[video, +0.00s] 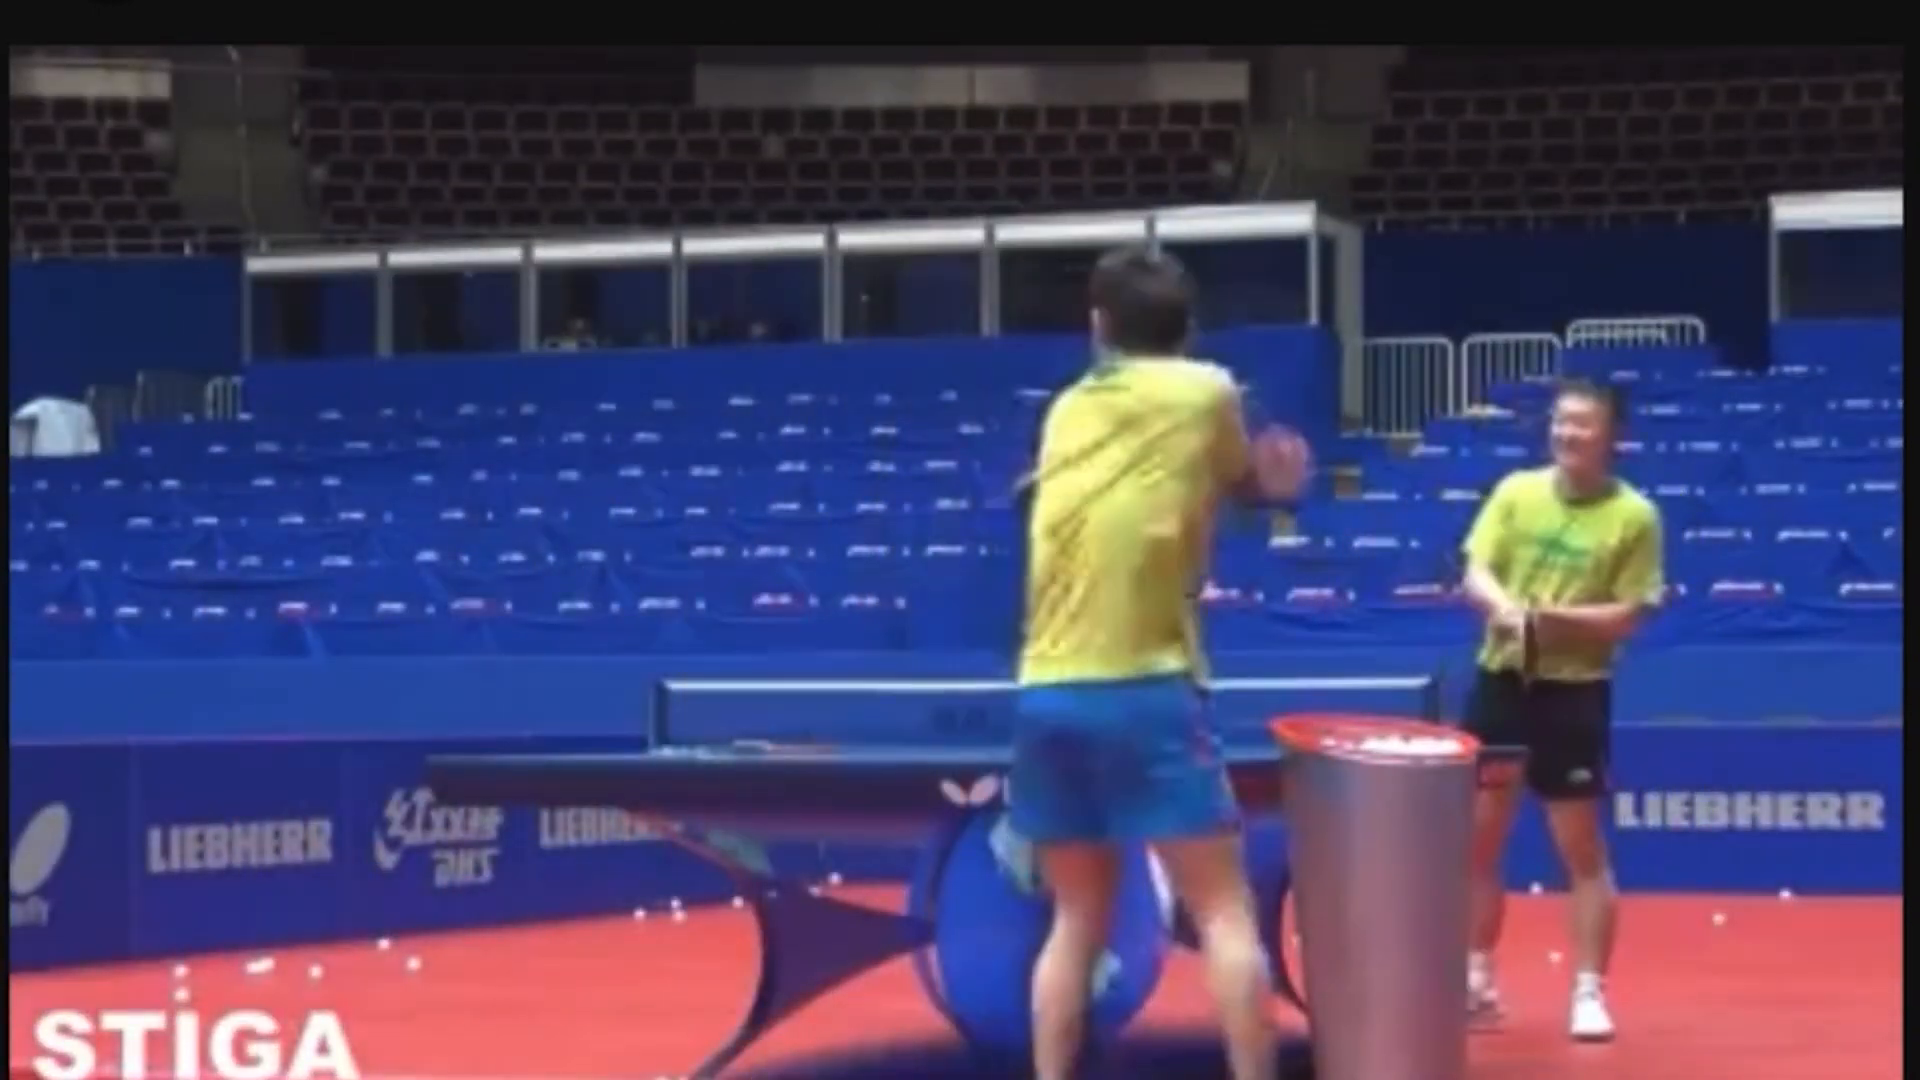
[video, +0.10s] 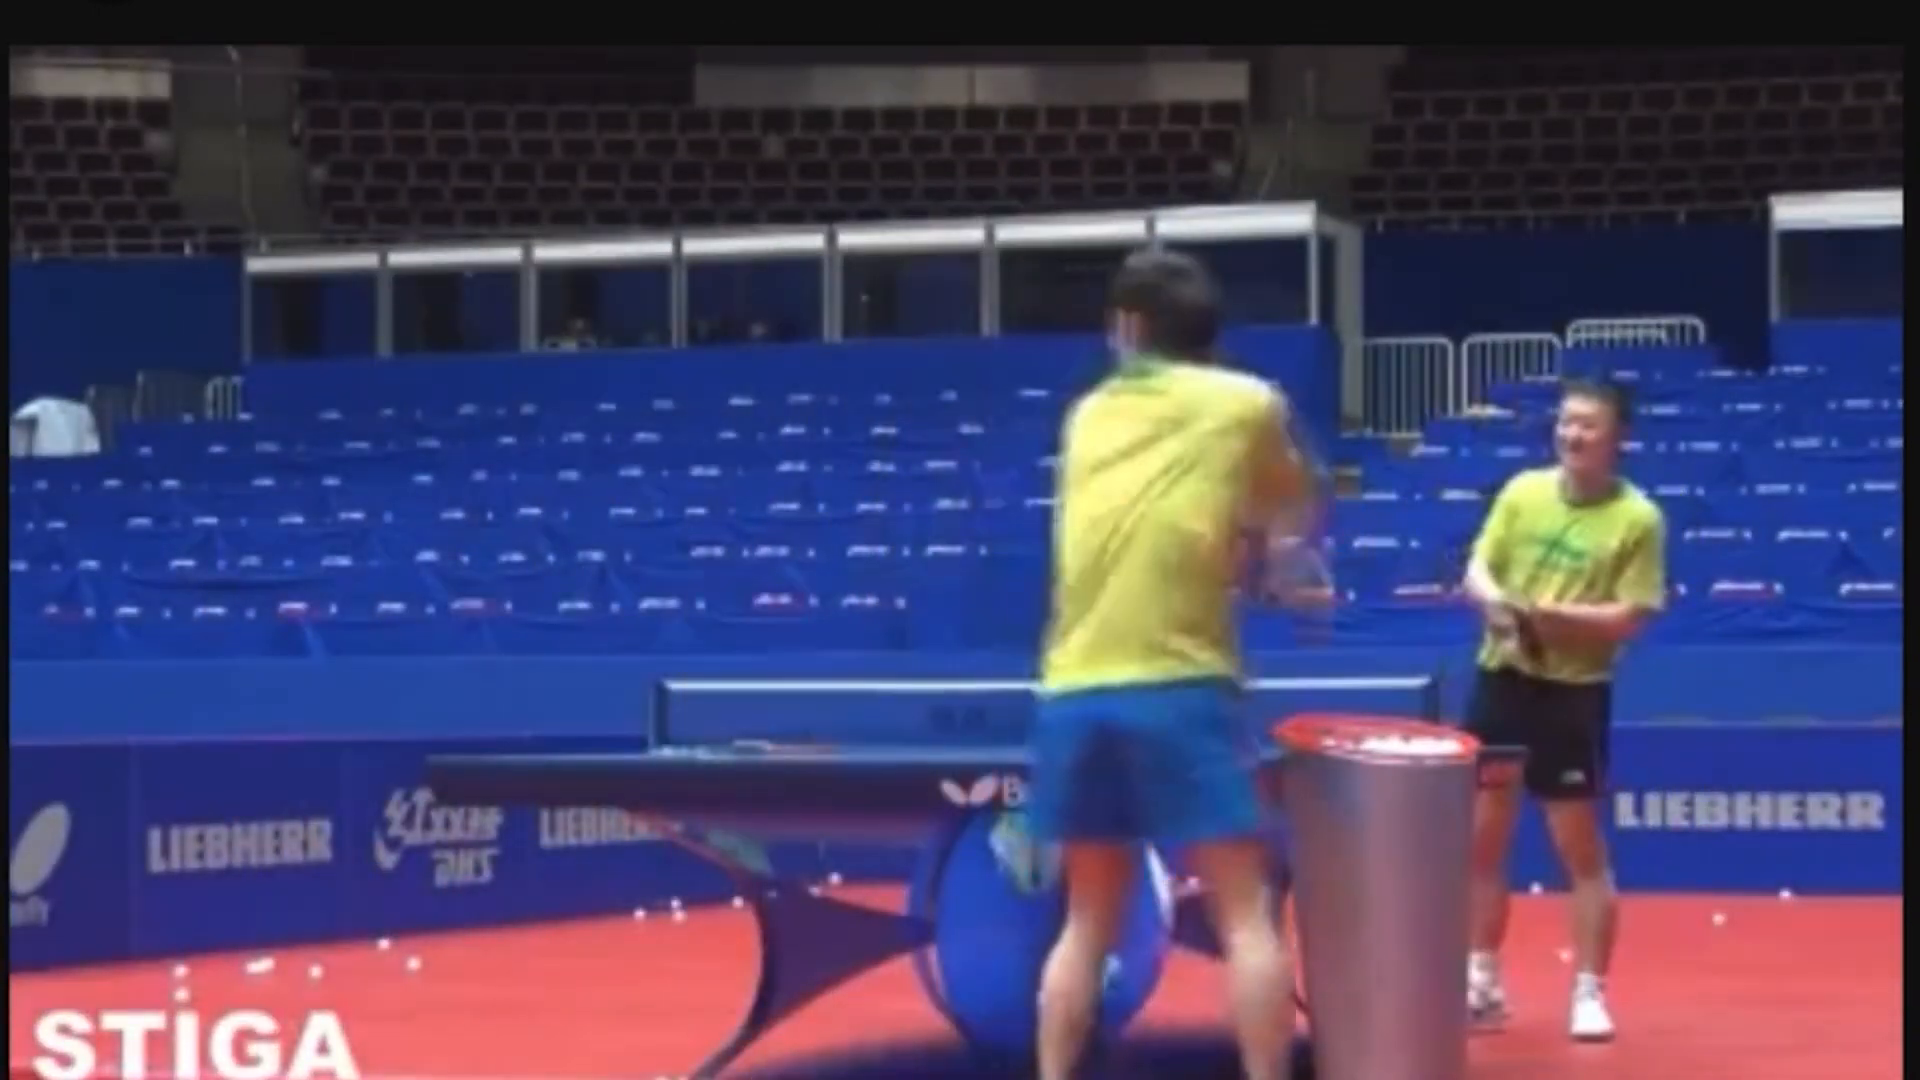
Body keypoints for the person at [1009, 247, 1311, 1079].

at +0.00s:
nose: (1090, 324)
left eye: (1091, 314)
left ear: (1100, 324)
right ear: (1184, 326)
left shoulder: (1065, 411)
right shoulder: (1209, 392)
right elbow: (1239, 483)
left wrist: (1256, 478)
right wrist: (1275, 474)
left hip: (1047, 698)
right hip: (1150, 695)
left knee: (1074, 915)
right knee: (1221, 912)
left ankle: (1051, 1072)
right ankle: (1253, 1069)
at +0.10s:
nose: (1112, 333)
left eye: (1114, 323)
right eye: (1115, 324)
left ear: (1127, 326)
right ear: (1209, 328)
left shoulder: (1088, 415)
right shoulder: (1246, 403)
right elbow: (1291, 510)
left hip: (1073, 701)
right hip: (1182, 697)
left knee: (1086, 919)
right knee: (1243, 915)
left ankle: (1052, 1072)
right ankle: (1268, 1070)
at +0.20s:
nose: (1142, 341)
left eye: (1144, 329)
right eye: (1143, 330)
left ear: (1165, 329)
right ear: (1243, 335)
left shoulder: (1115, 421)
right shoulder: (1289, 414)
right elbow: (1365, 551)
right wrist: (1292, 548)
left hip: (1110, 701)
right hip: (1229, 700)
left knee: (1093, 913)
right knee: (1267, 919)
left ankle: (1057, 1071)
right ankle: (1275, 1074)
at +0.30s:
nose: (1168, 345)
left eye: (1175, 330)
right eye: (1170, 331)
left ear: (1200, 332)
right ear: (1266, 338)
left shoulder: (1144, 422)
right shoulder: (1325, 420)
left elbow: (1148, 545)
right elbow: (1385, 553)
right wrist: (1363, 616)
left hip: (1135, 681)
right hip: (1257, 686)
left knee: (1106, 907)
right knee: (1279, 921)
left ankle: (1083, 1070)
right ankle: (1278, 1072)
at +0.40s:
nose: (1193, 352)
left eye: (1196, 338)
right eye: (1193, 339)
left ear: (1219, 335)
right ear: (1287, 339)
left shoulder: (1170, 424)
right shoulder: (1351, 422)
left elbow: (1172, 551)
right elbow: (1394, 563)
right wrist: (1395, 653)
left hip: (1152, 676)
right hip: (1274, 683)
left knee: (1125, 908)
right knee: (1287, 922)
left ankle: (1107, 1072)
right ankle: (1281, 1072)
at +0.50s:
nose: (1208, 356)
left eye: (1212, 340)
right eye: (1209, 341)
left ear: (1235, 338)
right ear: (1305, 345)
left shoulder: (1188, 426)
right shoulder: (1365, 424)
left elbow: (1192, 557)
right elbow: (1406, 568)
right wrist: (1397, 665)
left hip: (1165, 674)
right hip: (1285, 681)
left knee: (1134, 909)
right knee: (1293, 927)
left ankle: (1112, 1072)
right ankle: (1283, 1073)